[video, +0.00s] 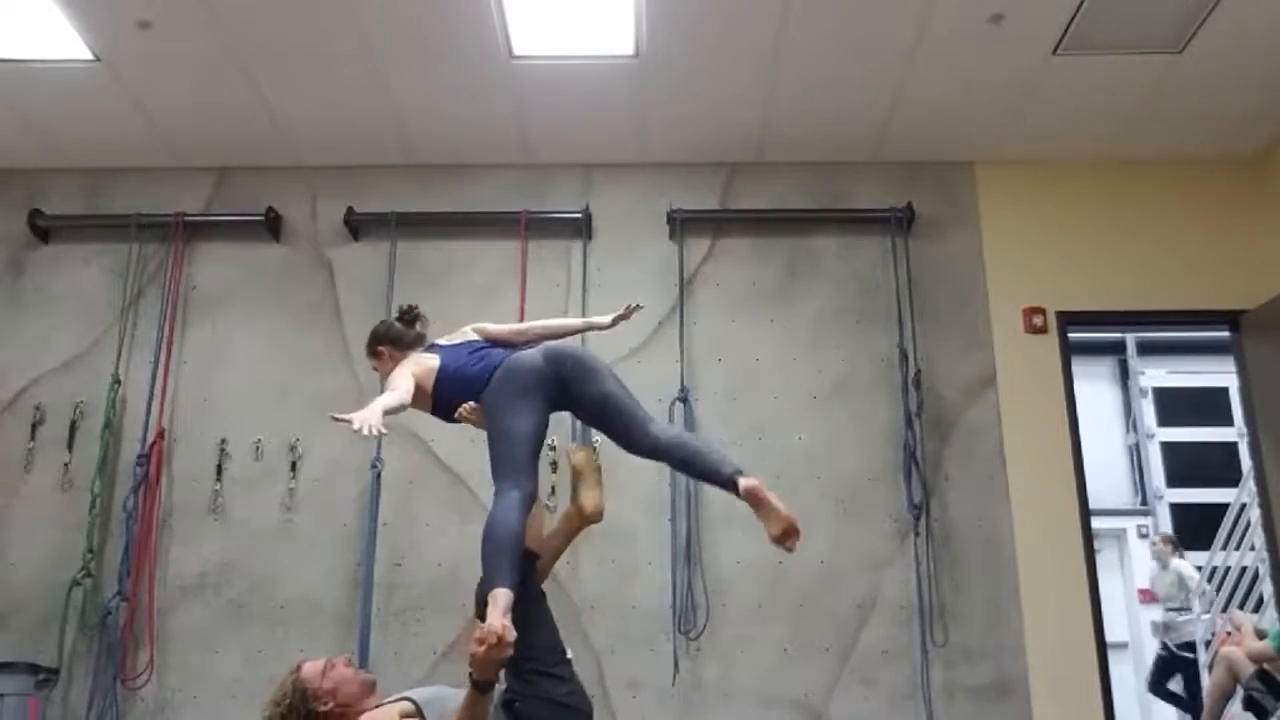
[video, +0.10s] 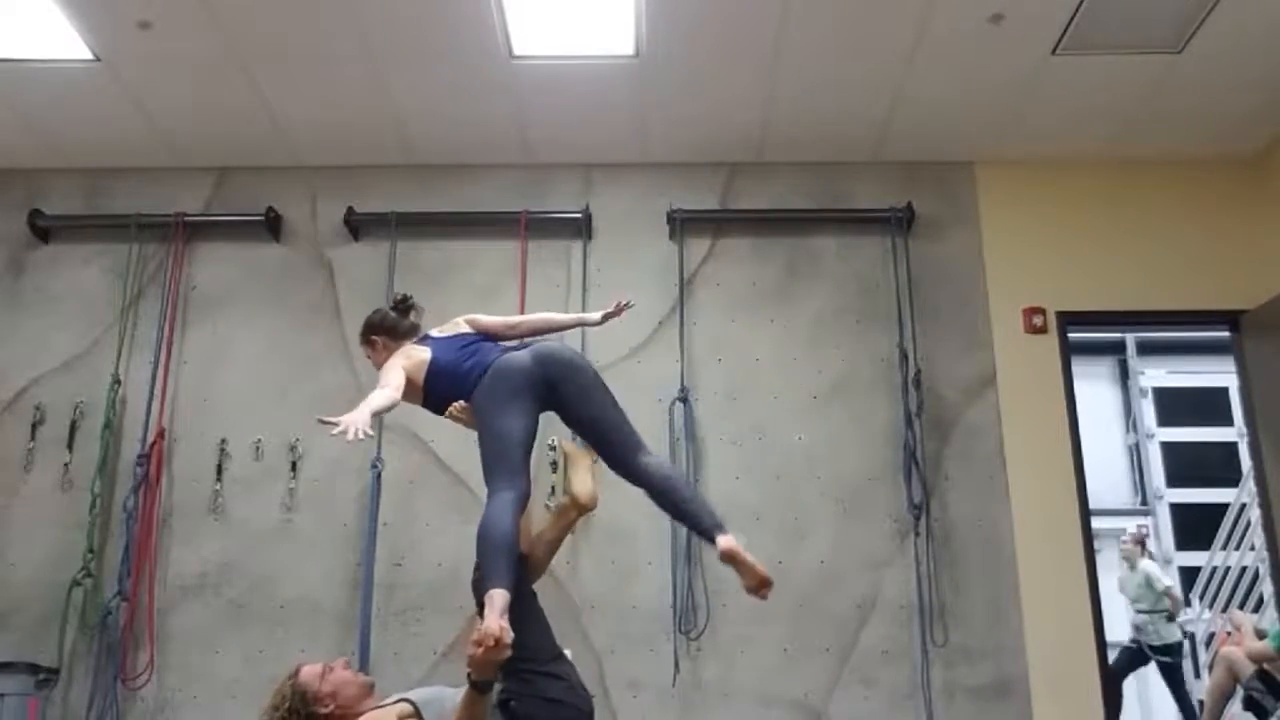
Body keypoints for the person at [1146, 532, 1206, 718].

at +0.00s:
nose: (1152, 549)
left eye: (1156, 544)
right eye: (1151, 545)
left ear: (1170, 548)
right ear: (1153, 550)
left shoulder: (1182, 568)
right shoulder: (1156, 575)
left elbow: (1204, 593)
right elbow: (1166, 604)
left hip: (1189, 637)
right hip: (1170, 637)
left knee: (1193, 692)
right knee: (1155, 686)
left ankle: (1199, 715)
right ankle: (1194, 710)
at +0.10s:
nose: (1122, 547)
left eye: (1127, 543)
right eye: (1121, 543)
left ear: (1140, 547)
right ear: (1121, 548)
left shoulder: (1148, 568)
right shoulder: (1125, 574)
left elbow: (1176, 598)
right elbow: (1136, 600)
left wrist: (1172, 615)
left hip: (1166, 640)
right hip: (1143, 639)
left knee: (1179, 692)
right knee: (1113, 674)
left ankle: (1192, 716)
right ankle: (1111, 716)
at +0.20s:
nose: (1095, 543)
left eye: (1100, 539)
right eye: (1096, 538)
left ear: (1112, 544)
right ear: (1106, 545)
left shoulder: (1120, 564)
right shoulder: (1103, 566)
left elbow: (1148, 593)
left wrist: (1145, 612)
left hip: (1137, 632)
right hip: (1116, 632)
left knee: (1156, 687)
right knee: (1105, 686)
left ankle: (1181, 716)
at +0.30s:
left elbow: (1119, 586)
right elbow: (1118, 587)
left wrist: (1118, 605)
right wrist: (1118, 604)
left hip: (1113, 625)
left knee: (1106, 678)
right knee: (1105, 679)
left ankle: (1145, 708)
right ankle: (1145, 708)